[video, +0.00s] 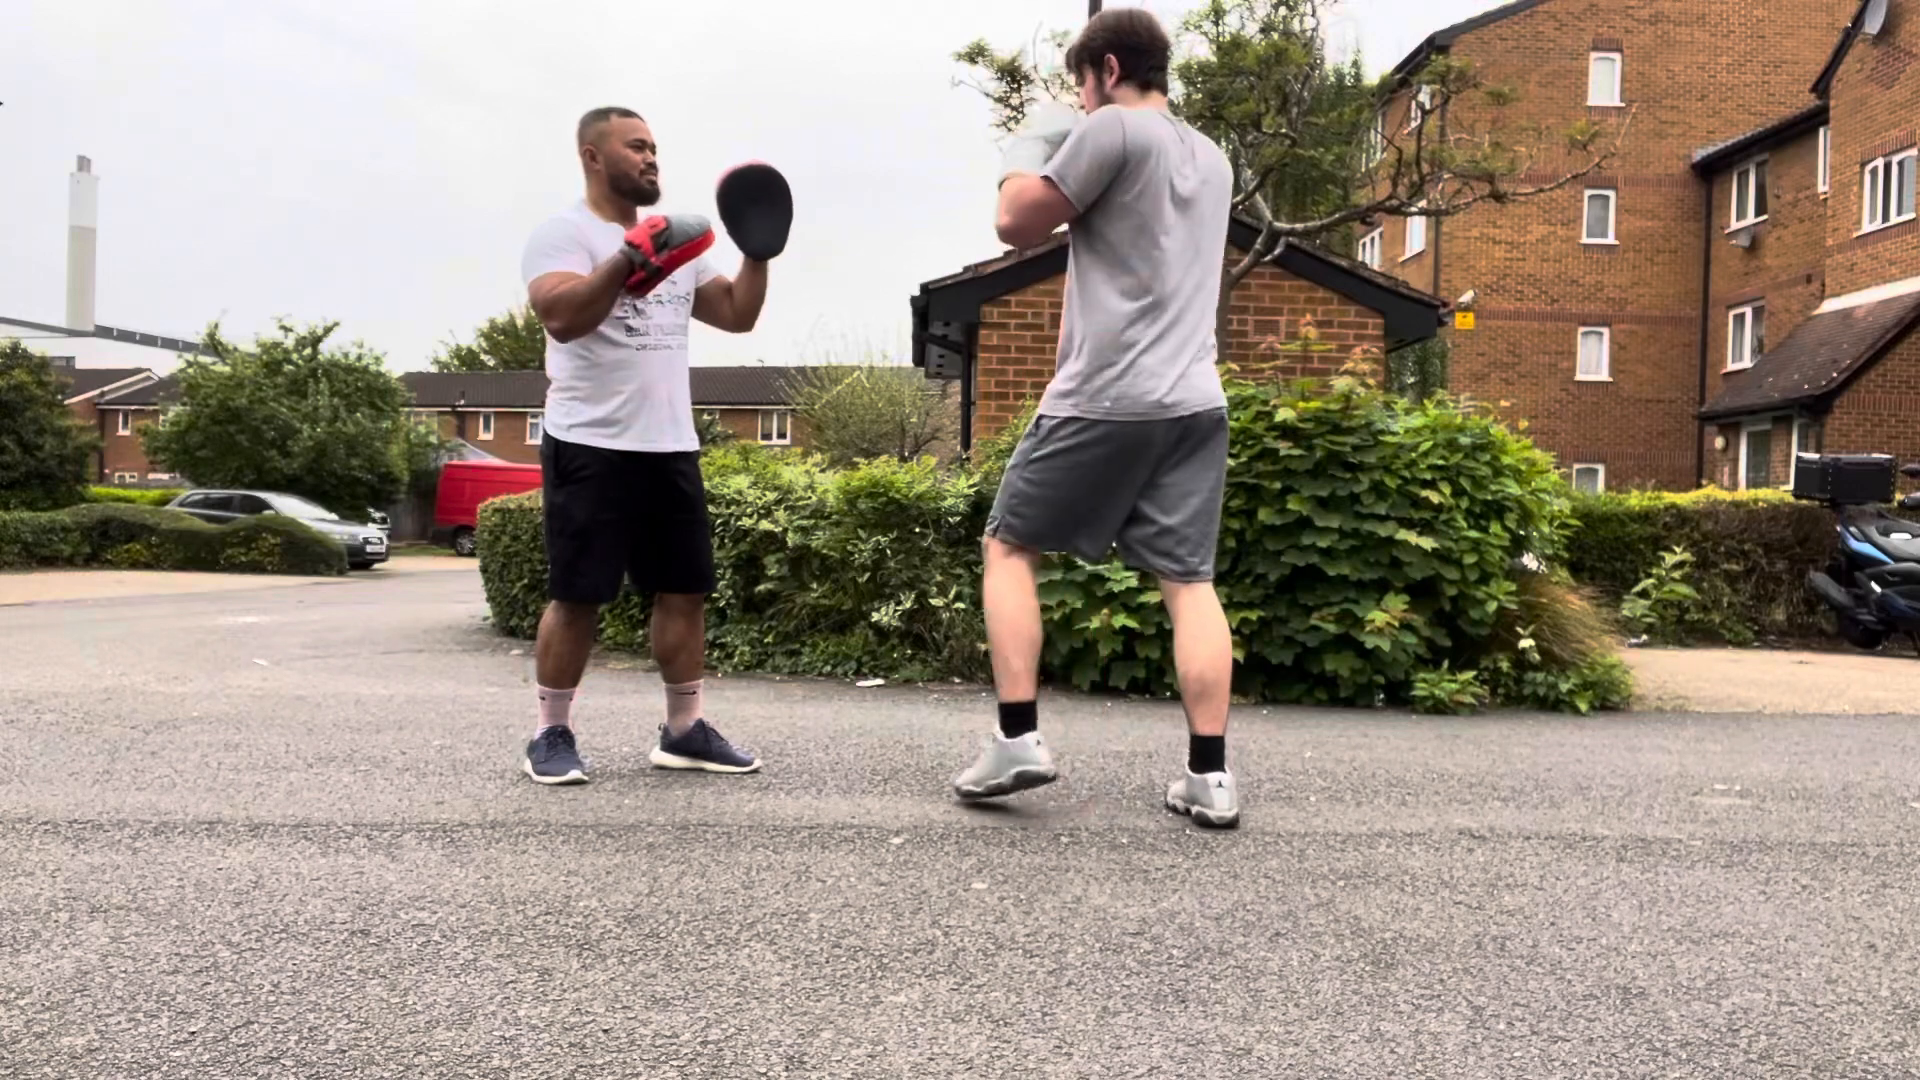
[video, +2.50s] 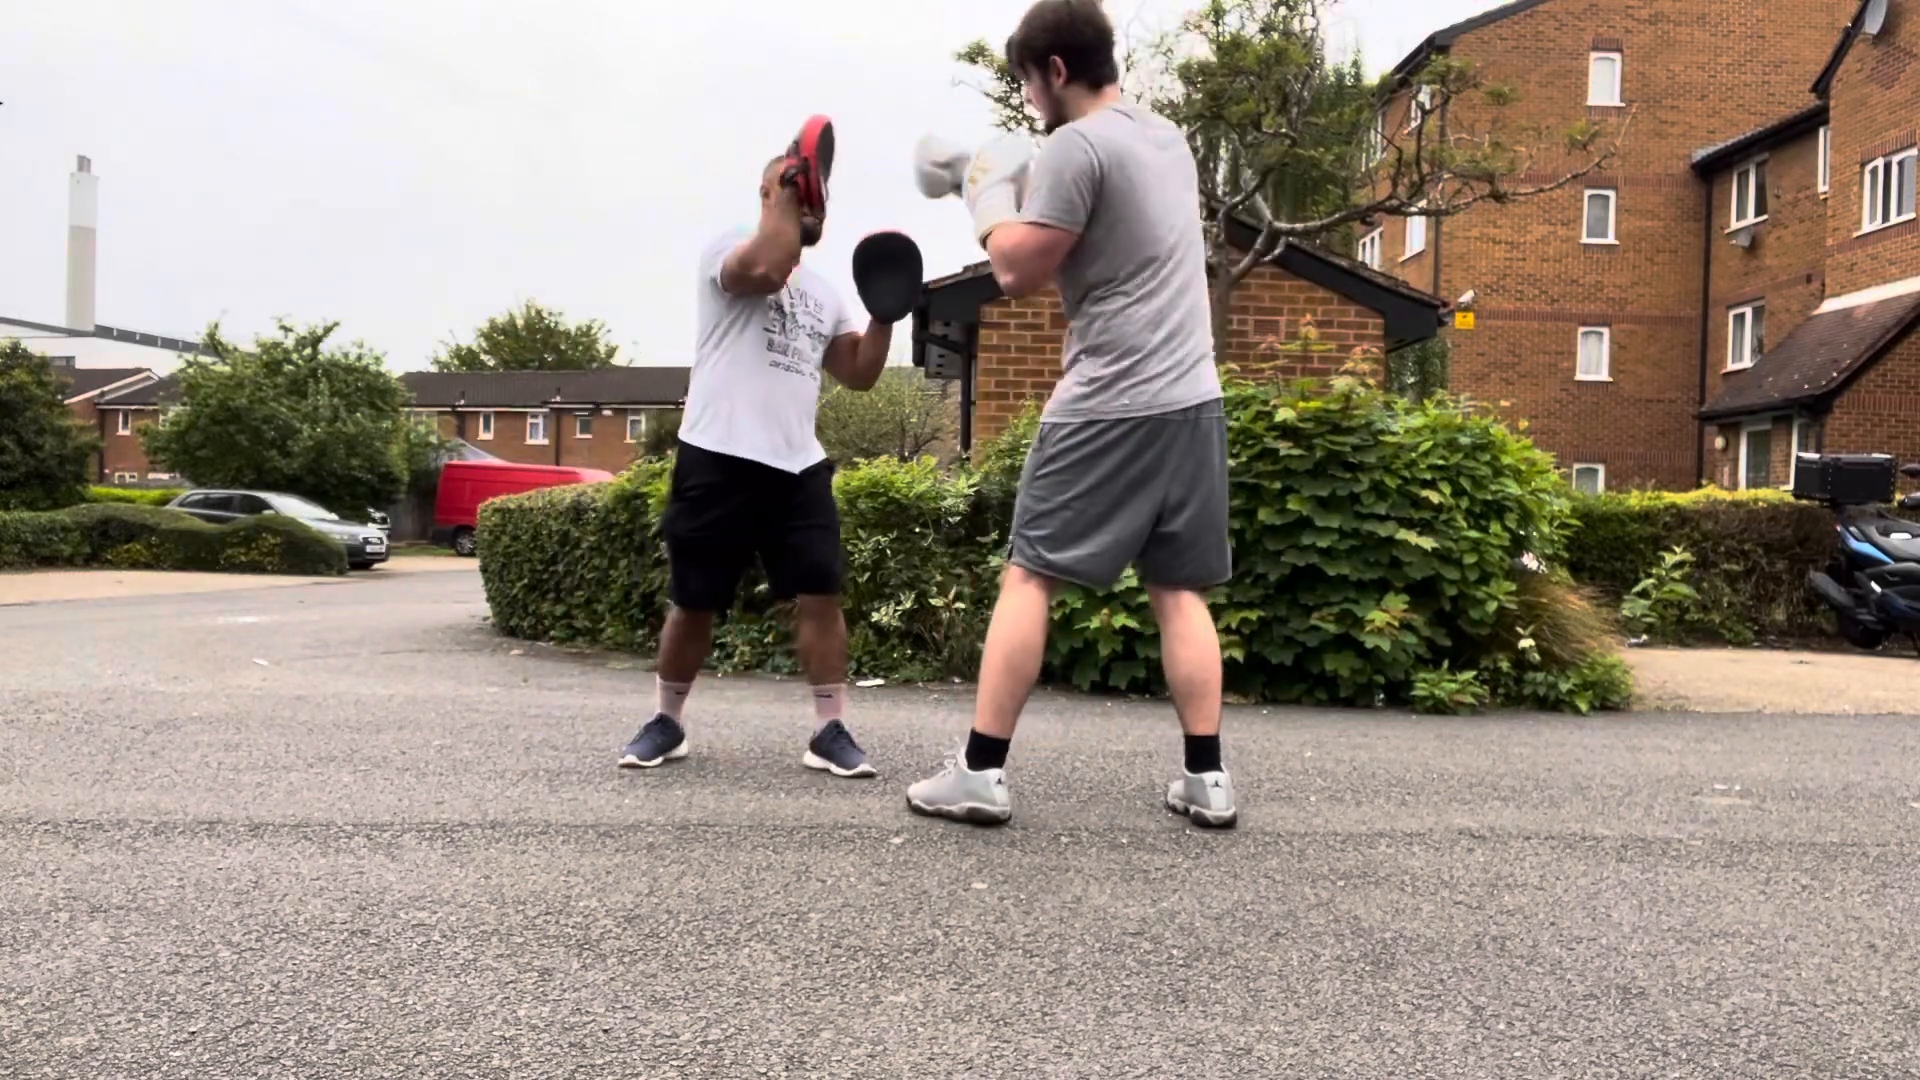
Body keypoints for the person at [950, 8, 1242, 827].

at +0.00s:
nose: (1079, 99)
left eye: (1080, 84)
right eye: (1076, 86)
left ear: (1108, 71)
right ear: (1159, 74)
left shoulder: (1114, 131)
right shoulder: (1215, 158)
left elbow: (1016, 224)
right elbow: (1180, 244)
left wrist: (1034, 162)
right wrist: (1087, 168)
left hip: (1102, 397)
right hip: (1197, 399)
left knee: (1009, 548)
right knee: (1191, 578)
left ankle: (1018, 740)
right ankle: (1210, 777)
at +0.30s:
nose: (1033, 93)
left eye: (1033, 79)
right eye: (1032, 80)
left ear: (1056, 71)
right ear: (1113, 67)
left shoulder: (1049, 138)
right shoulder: (1178, 150)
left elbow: (950, 228)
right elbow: (1118, 228)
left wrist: (948, 166)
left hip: (1053, 406)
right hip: (1158, 404)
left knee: (1002, 576)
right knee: (1170, 587)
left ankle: (979, 773)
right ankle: (1208, 777)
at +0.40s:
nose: (1009, 93)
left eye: (1008, 80)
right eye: (1008, 81)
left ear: (1031, 71)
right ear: (1091, 66)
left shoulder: (1017, 136)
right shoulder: (1157, 144)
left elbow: (906, 209)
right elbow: (1111, 237)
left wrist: (890, 163)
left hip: (1040, 401)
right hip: (1144, 398)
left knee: (989, 575)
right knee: (1159, 584)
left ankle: (978, 773)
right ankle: (1208, 773)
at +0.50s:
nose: (981, 86)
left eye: (981, 74)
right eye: (979, 75)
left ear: (1003, 68)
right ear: (1067, 64)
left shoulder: (982, 134)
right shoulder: (1133, 136)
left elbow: (858, 169)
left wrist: (806, 164)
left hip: (1016, 396)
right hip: (1122, 390)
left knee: (981, 578)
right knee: (1149, 574)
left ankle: (976, 773)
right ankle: (1206, 764)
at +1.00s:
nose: (948, 79)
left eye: (948, 63)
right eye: (945, 65)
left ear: (973, 53)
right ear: (1029, 46)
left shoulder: (974, 128)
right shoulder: (1095, 124)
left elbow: (906, 260)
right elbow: (1035, 202)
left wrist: (873, 257)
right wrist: (941, 161)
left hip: (1016, 391)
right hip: (1111, 387)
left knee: (977, 583)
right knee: (1134, 574)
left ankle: (977, 778)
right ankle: (1201, 758)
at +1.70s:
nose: (1026, 79)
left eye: (1025, 65)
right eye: (1024, 64)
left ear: (1047, 56)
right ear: (1110, 50)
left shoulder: (1057, 137)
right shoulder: (1170, 132)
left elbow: (1010, 267)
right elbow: (1143, 238)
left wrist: (976, 216)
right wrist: (1044, 163)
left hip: (1081, 402)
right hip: (1177, 398)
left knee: (1019, 582)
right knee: (1170, 590)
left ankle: (977, 775)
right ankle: (1207, 779)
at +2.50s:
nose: (1027, 103)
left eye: (1025, 86)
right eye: (1023, 88)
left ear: (1055, 70)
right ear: (1103, 62)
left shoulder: (1075, 148)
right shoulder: (1171, 138)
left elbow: (1018, 268)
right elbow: (1094, 240)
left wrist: (985, 195)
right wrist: (1010, 188)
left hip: (1104, 405)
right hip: (1194, 400)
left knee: (1028, 574)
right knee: (1178, 587)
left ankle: (980, 772)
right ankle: (1207, 779)